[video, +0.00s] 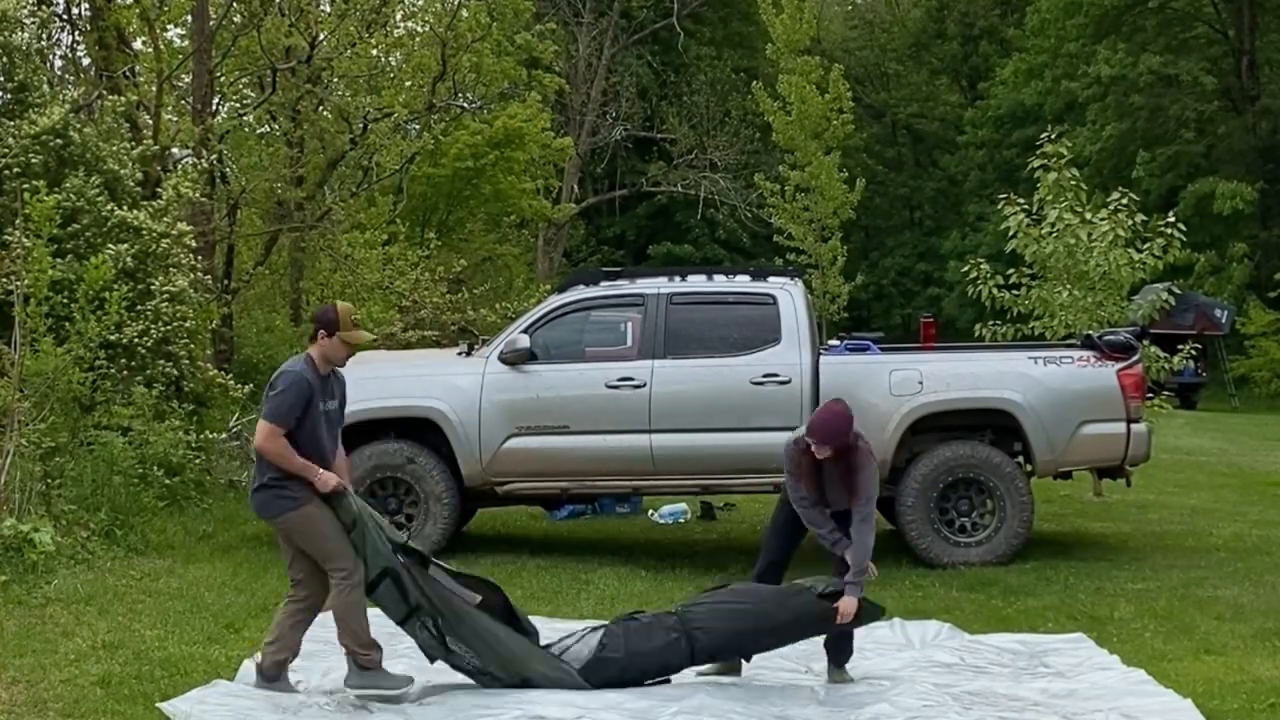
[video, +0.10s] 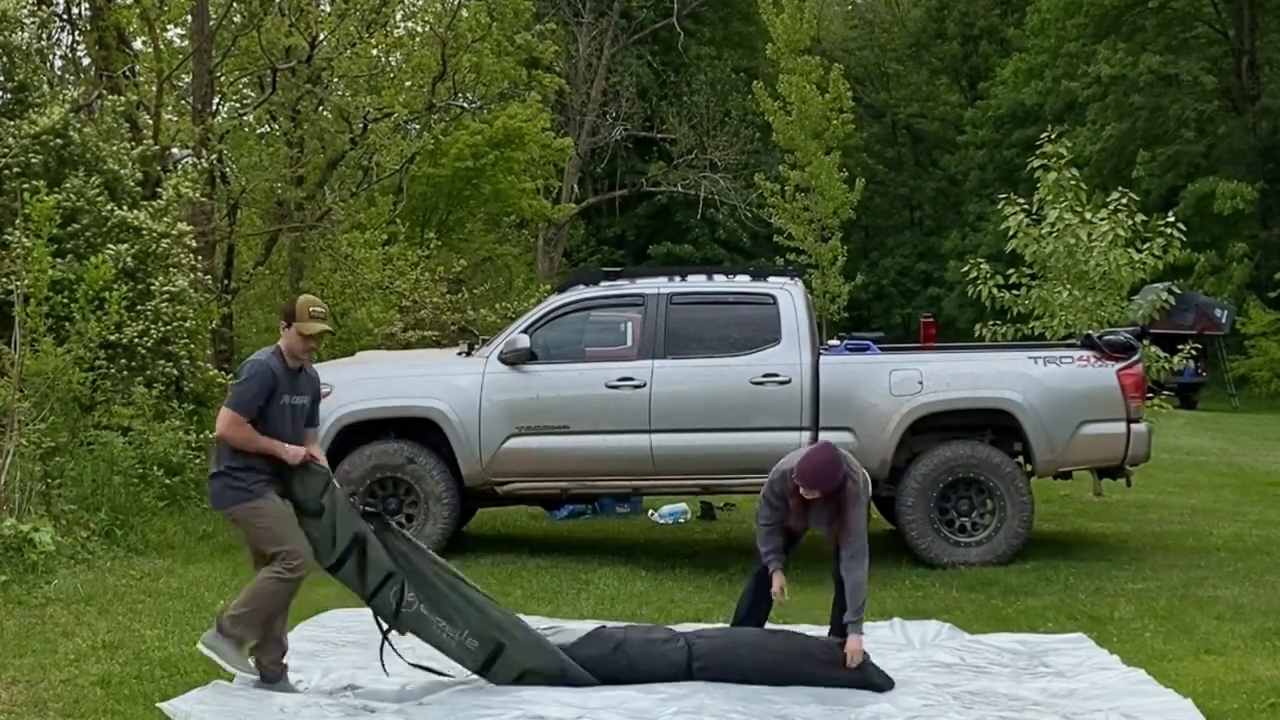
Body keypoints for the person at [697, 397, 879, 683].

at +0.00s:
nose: (816, 450)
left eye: (823, 446)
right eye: (813, 442)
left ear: (840, 443)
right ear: (808, 434)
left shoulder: (863, 456)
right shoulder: (796, 448)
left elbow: (865, 519)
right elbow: (805, 507)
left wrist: (853, 592)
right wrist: (846, 549)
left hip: (843, 510)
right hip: (799, 504)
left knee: (845, 578)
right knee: (767, 570)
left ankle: (837, 664)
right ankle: (734, 656)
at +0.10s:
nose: (803, 492)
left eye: (811, 489)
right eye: (801, 485)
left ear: (829, 486)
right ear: (797, 474)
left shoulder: (853, 487)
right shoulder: (782, 475)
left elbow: (855, 557)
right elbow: (767, 523)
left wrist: (855, 631)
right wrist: (775, 568)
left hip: (841, 516)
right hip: (796, 511)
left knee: (847, 579)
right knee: (764, 574)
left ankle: (838, 647)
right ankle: (738, 641)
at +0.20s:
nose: (776, 503)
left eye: (782, 500)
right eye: (772, 498)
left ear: (798, 494)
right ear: (765, 485)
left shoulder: (829, 493)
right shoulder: (759, 487)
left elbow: (842, 561)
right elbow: (745, 538)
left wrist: (837, 627)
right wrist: (734, 589)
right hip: (785, 509)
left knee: (839, 572)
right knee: (755, 571)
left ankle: (837, 640)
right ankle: (737, 636)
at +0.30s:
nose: (739, 489)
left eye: (745, 484)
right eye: (736, 483)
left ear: (763, 476)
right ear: (731, 476)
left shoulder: (798, 477)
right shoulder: (732, 483)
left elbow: (809, 550)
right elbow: (728, 534)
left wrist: (790, 605)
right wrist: (723, 587)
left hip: (824, 497)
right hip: (772, 500)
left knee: (829, 576)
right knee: (743, 573)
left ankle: (834, 655)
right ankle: (734, 645)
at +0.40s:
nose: (703, 462)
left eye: (708, 456)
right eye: (698, 457)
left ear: (723, 449)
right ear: (691, 451)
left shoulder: (756, 452)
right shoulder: (692, 461)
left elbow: (759, 527)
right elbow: (697, 514)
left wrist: (735, 586)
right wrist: (698, 568)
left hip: (784, 491)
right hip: (734, 498)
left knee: (791, 566)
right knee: (716, 571)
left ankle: (820, 644)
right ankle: (732, 645)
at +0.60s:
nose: (679, 497)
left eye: (684, 490)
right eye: (673, 491)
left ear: (696, 481)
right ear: (662, 484)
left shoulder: (722, 483)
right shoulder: (658, 480)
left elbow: (712, 553)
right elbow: (661, 523)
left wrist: (696, 621)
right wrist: (665, 567)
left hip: (759, 497)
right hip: (712, 502)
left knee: (728, 570)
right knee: (695, 572)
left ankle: (725, 642)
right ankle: (712, 642)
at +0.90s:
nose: (680, 515)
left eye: (686, 510)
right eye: (674, 510)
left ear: (700, 497)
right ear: (662, 495)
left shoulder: (721, 492)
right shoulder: (650, 491)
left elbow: (721, 566)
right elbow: (645, 545)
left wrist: (708, 635)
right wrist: (653, 590)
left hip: (739, 498)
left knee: (726, 571)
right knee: (673, 572)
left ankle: (725, 646)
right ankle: (676, 645)